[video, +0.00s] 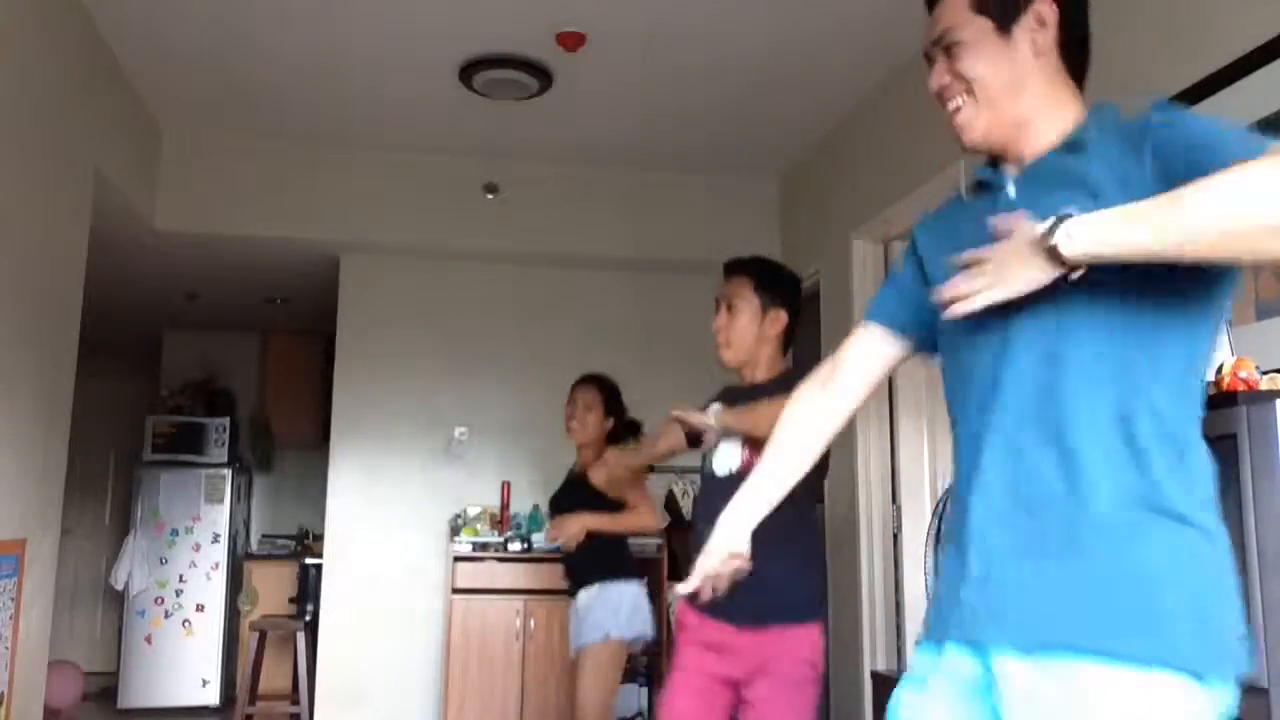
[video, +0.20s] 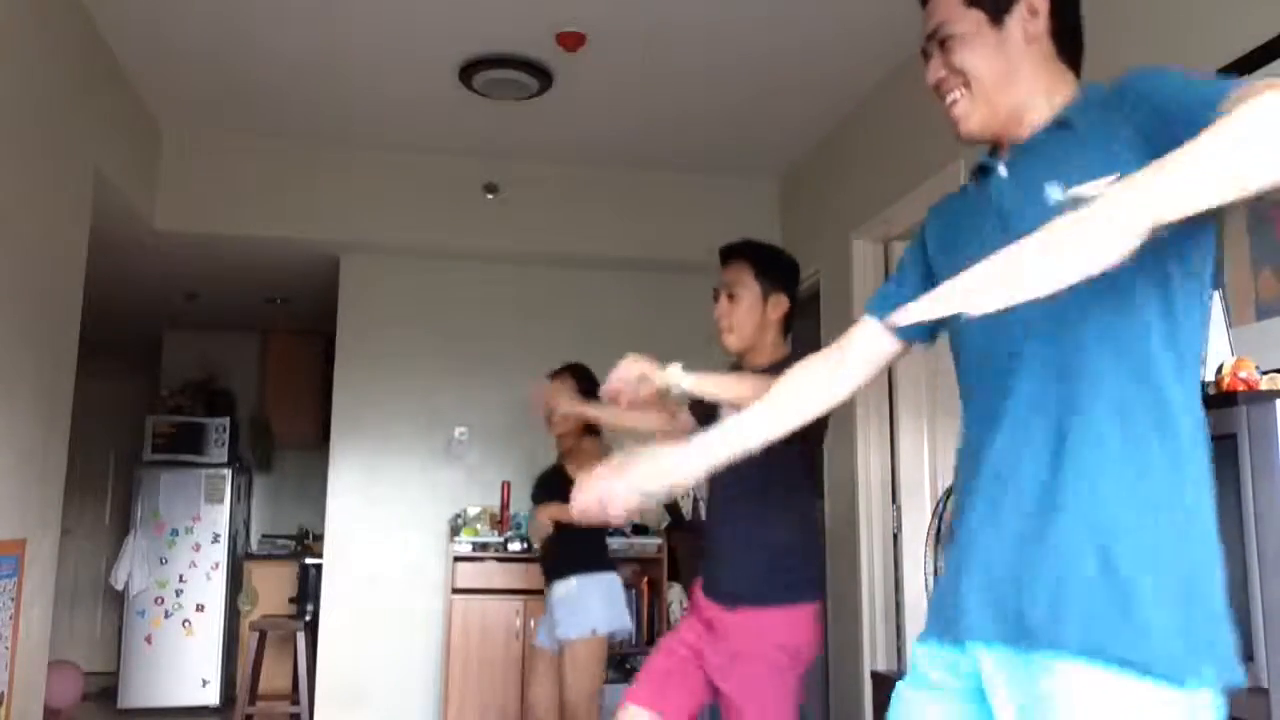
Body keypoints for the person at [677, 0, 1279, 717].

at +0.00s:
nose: (934, 81)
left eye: (950, 46)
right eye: (930, 63)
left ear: (1040, 26)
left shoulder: (1160, 143)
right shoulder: (943, 233)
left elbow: (1273, 199)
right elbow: (837, 382)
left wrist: (1065, 242)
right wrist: (735, 523)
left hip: (1141, 637)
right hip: (969, 633)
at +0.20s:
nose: (931, 70)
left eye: (945, 40)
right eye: (925, 54)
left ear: (1029, 19)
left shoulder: (1143, 106)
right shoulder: (951, 225)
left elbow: (1271, 117)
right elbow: (843, 363)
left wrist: (1128, 210)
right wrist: (690, 457)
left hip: (1131, 617)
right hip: (975, 619)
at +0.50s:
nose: (908, 102)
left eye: (925, 71)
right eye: (906, 84)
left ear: (1007, 53)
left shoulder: (1087, 147)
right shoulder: (951, 261)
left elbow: (1197, 183)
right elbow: (885, 410)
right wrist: (840, 376)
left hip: (1074, 622)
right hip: (969, 618)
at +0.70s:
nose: (935, 52)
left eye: (950, 22)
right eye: (933, 34)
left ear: (1033, 12)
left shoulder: (1141, 100)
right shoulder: (942, 180)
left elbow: (1271, 128)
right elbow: (848, 314)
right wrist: (734, 438)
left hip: (1108, 587)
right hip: (964, 583)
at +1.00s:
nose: (933, 82)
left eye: (939, 52)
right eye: (931, 61)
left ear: (1003, 26)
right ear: (992, 36)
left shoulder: (1152, 108)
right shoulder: (957, 206)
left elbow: (1277, 142)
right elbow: (864, 352)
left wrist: (1143, 233)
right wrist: (705, 470)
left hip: (1149, 622)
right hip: (986, 617)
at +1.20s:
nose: (908, 125)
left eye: (909, 93)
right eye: (904, 101)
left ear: (967, 68)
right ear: (967, 72)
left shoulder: (1101, 137)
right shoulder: (969, 235)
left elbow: (1210, 195)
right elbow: (924, 406)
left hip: (1098, 614)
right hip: (978, 609)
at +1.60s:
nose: (941, 90)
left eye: (952, 55)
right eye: (935, 68)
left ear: (1042, 25)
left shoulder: (1176, 124)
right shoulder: (964, 202)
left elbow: (1277, 158)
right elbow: (861, 337)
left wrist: (1079, 211)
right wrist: (746, 471)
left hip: (1160, 626)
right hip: (995, 616)